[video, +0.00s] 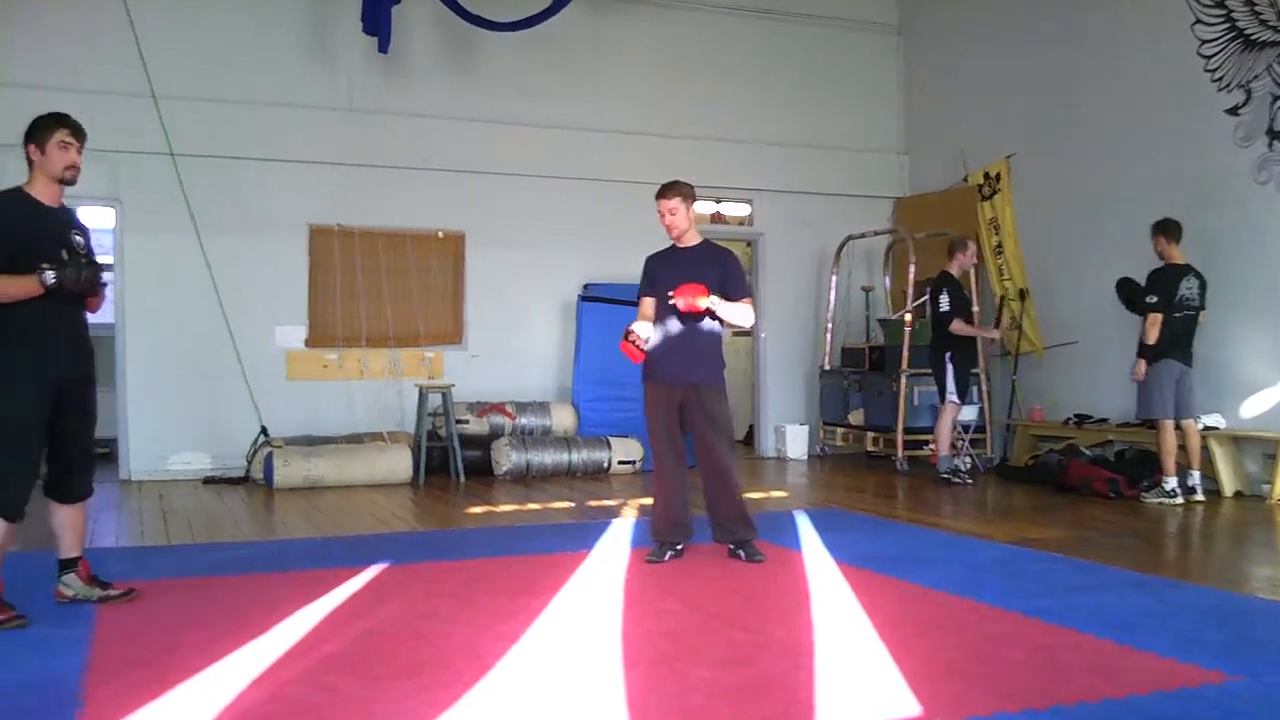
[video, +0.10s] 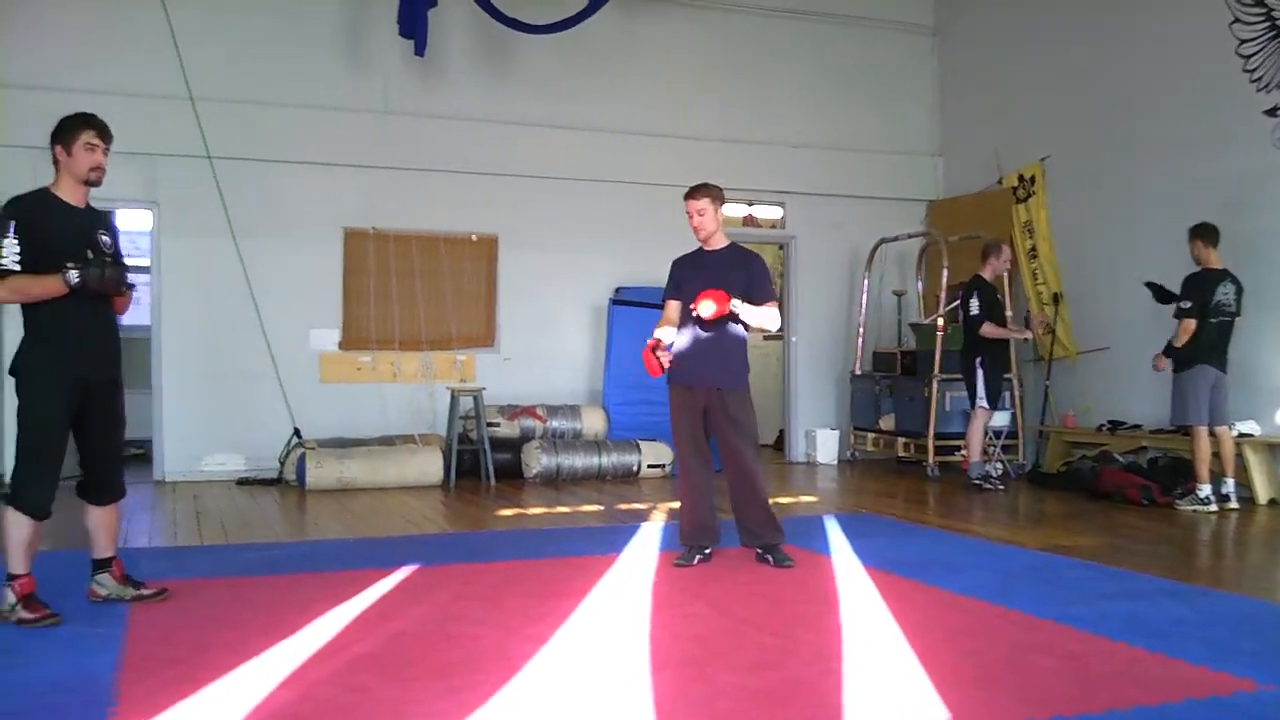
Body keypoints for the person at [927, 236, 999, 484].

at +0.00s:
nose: (975, 260)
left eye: (975, 255)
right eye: (972, 255)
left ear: (958, 256)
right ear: (959, 256)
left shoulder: (955, 284)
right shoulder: (945, 284)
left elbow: (958, 322)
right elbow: (951, 324)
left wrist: (982, 330)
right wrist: (985, 333)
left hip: (956, 351)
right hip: (947, 352)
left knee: (951, 406)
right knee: (951, 405)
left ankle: (946, 460)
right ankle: (944, 463)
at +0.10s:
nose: (1008, 266)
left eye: (1009, 261)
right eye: (1005, 261)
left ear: (993, 261)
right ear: (992, 261)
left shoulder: (989, 289)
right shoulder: (976, 287)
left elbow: (995, 324)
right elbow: (981, 327)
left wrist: (1022, 327)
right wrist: (1016, 334)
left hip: (990, 357)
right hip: (979, 357)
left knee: (983, 412)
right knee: (981, 411)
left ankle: (977, 466)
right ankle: (975, 469)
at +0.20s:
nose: (1018, 268)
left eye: (1019, 263)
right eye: (1016, 263)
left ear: (1003, 262)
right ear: (1002, 262)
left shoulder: (1000, 290)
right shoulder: (984, 288)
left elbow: (1004, 324)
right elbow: (988, 327)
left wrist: (1034, 324)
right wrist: (1023, 331)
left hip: (998, 358)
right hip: (986, 358)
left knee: (989, 412)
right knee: (986, 412)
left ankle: (980, 465)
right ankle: (979, 468)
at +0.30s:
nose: (1005, 268)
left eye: (1006, 263)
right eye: (1002, 263)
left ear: (991, 263)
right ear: (988, 261)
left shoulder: (987, 289)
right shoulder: (970, 287)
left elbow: (994, 320)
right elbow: (972, 325)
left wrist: (1022, 321)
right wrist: (1006, 327)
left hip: (986, 357)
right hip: (972, 358)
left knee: (977, 412)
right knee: (972, 411)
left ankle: (968, 464)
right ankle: (966, 467)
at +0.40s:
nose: (997, 267)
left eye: (998, 263)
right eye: (994, 262)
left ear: (985, 261)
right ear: (980, 260)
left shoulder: (980, 288)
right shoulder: (963, 285)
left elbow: (986, 319)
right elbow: (962, 323)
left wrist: (1012, 320)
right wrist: (997, 323)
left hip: (978, 356)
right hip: (964, 356)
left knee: (972, 410)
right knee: (965, 410)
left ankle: (961, 462)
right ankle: (958, 466)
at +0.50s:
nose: (993, 267)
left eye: (995, 262)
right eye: (991, 262)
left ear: (979, 260)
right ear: (977, 260)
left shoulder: (977, 286)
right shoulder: (960, 284)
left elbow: (981, 316)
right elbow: (960, 321)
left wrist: (1007, 317)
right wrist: (995, 320)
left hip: (975, 355)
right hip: (962, 355)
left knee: (967, 409)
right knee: (962, 409)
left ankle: (961, 462)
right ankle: (956, 465)